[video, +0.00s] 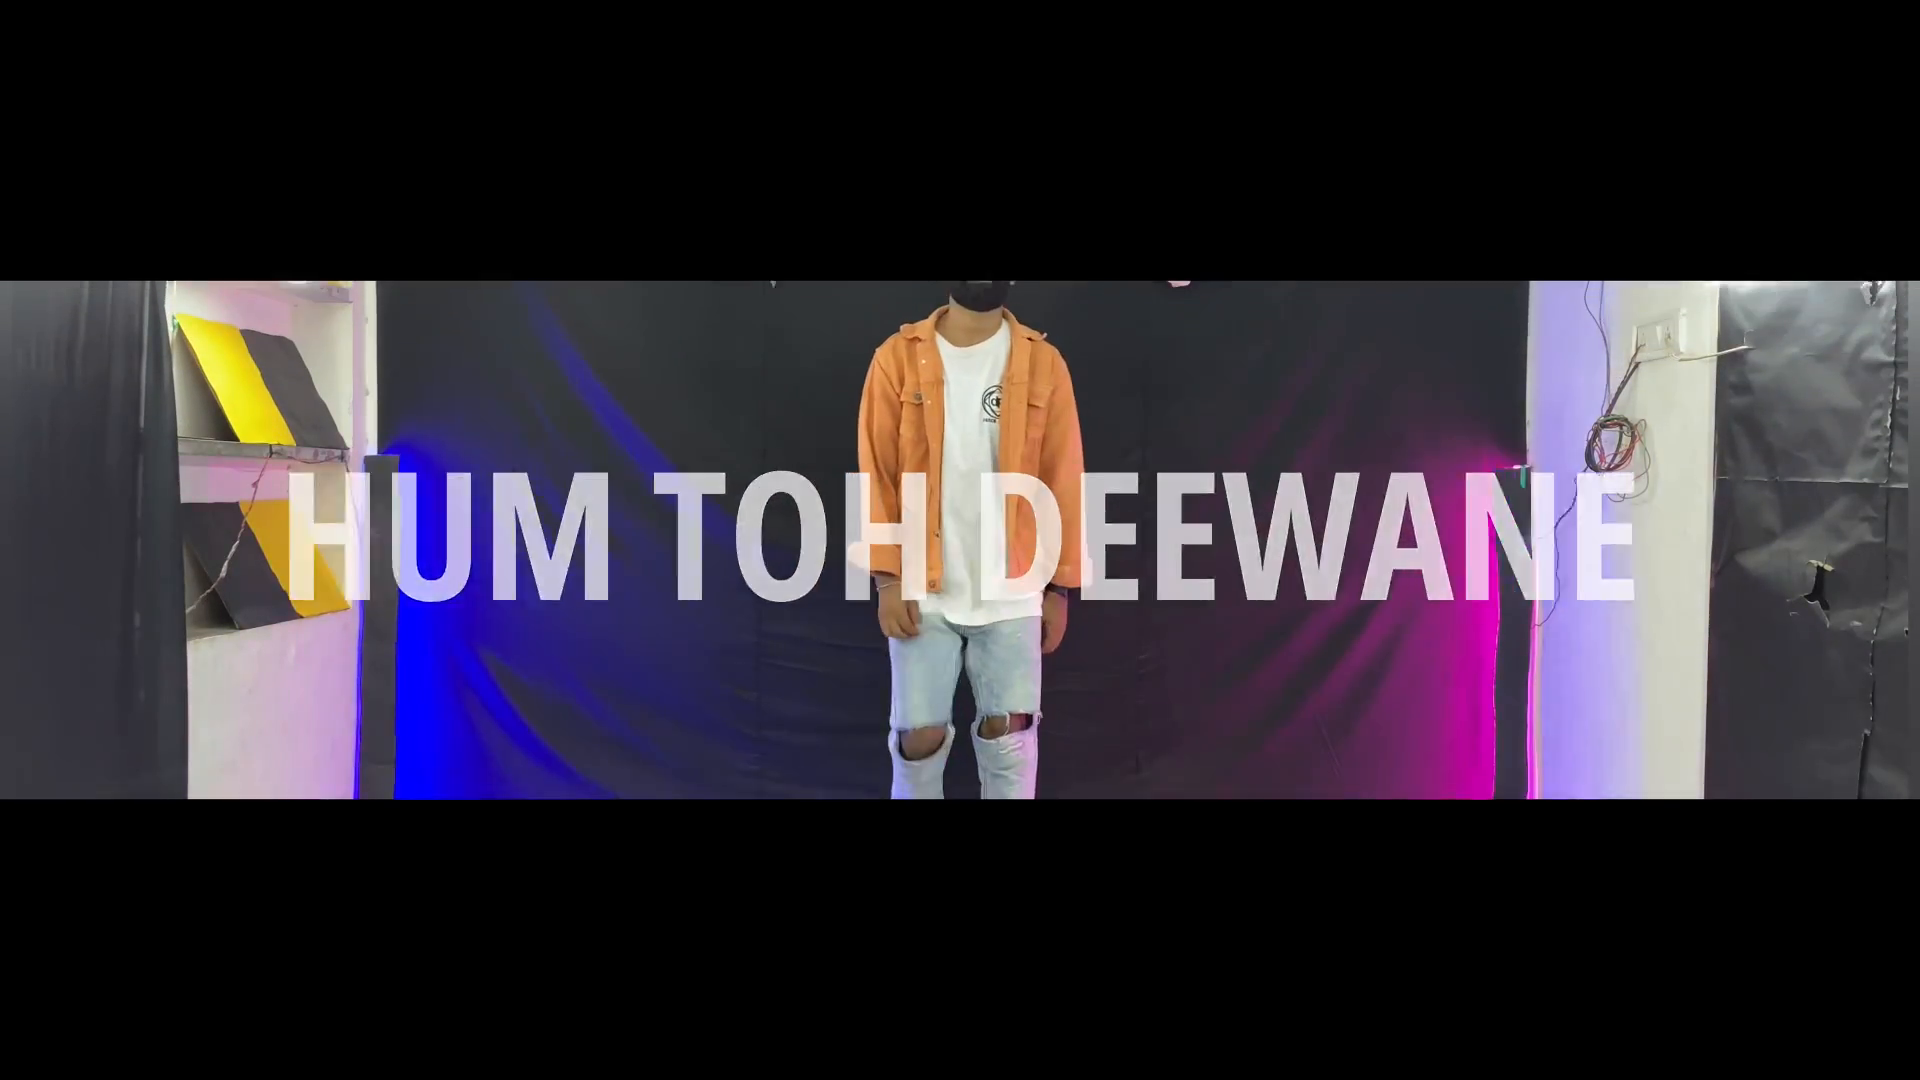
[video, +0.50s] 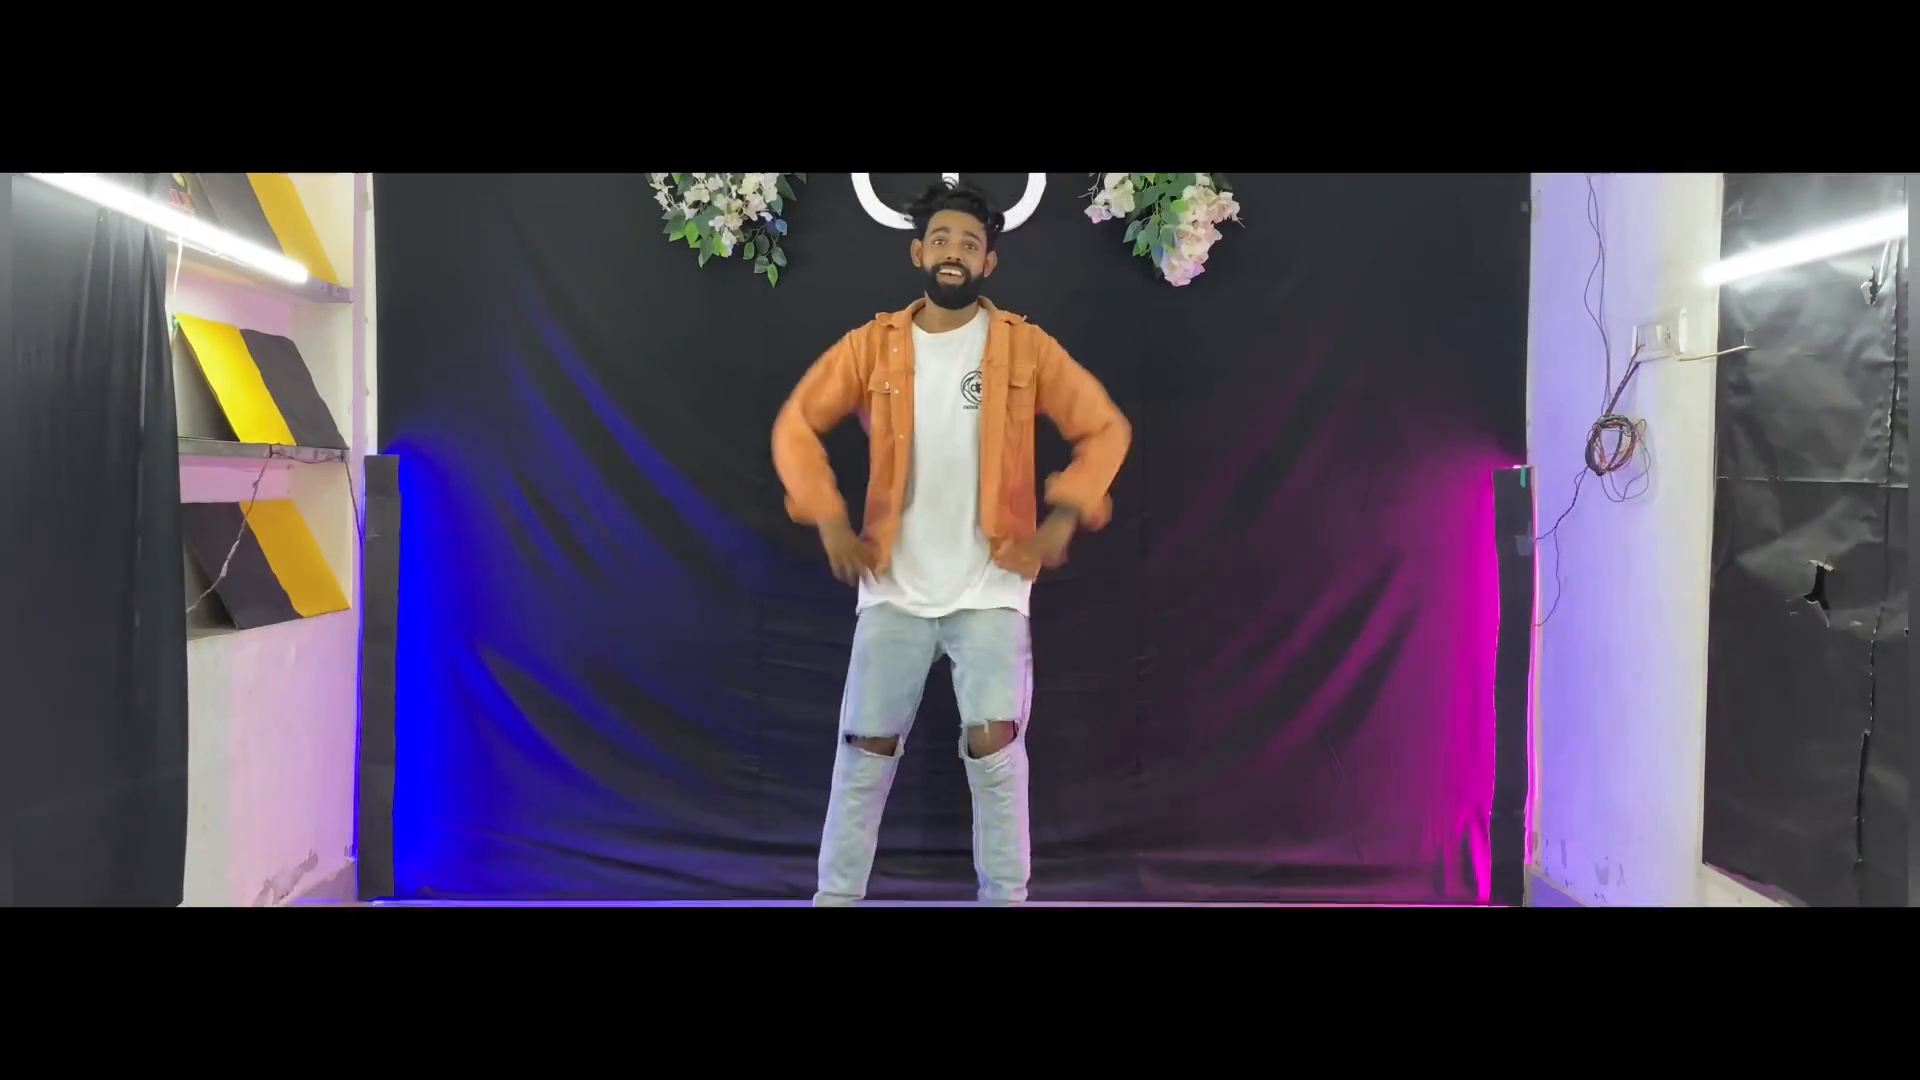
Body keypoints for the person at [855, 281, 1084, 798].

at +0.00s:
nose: (984, 282)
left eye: (994, 276)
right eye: (974, 276)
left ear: (1010, 282)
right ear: (952, 283)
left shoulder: (1043, 362)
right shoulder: (896, 358)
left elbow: (1065, 477)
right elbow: (876, 475)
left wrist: (1059, 586)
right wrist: (887, 577)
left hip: (1013, 592)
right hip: (921, 591)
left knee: (1009, 744)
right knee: (918, 744)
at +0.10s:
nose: (981, 264)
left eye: (996, 257)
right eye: (968, 256)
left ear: (1018, 270)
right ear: (946, 263)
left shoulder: (1045, 361)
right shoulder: (898, 355)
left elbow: (1068, 480)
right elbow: (872, 468)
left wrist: (1067, 593)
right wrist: (878, 567)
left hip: (1012, 588)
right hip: (917, 583)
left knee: (1008, 741)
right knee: (906, 726)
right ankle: (924, 817)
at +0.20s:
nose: (976, 251)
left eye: (992, 243)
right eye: (963, 241)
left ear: (1012, 263)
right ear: (939, 255)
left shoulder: (1044, 352)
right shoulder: (897, 348)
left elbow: (1067, 470)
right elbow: (871, 460)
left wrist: (1066, 581)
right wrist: (871, 560)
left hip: (1009, 581)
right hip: (912, 575)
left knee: (1007, 742)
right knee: (891, 723)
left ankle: (1006, 843)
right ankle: (906, 839)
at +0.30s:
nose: (971, 246)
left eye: (987, 237)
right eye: (958, 232)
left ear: (1007, 258)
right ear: (935, 249)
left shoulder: (1040, 345)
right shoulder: (891, 344)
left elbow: (1064, 455)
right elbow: (869, 457)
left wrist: (1049, 554)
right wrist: (869, 557)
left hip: (1003, 581)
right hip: (907, 577)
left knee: (1005, 752)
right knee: (880, 739)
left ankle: (1005, 864)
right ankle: (866, 861)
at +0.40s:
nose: (961, 248)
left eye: (977, 238)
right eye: (949, 235)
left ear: (997, 256)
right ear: (926, 248)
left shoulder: (1030, 345)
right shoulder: (882, 345)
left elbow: (1059, 457)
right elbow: (853, 461)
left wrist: (1035, 553)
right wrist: (863, 561)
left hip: (998, 585)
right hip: (900, 583)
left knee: (1001, 759)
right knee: (868, 753)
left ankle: (1002, 883)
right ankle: (837, 881)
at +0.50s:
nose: (952, 253)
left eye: (969, 242)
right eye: (939, 239)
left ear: (989, 262)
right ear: (917, 252)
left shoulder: (1026, 346)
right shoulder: (873, 344)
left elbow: (1107, 429)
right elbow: (794, 425)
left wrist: (1063, 513)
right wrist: (830, 519)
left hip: (992, 583)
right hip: (894, 582)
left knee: (995, 752)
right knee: (866, 752)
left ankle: (1003, 903)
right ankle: (834, 900)